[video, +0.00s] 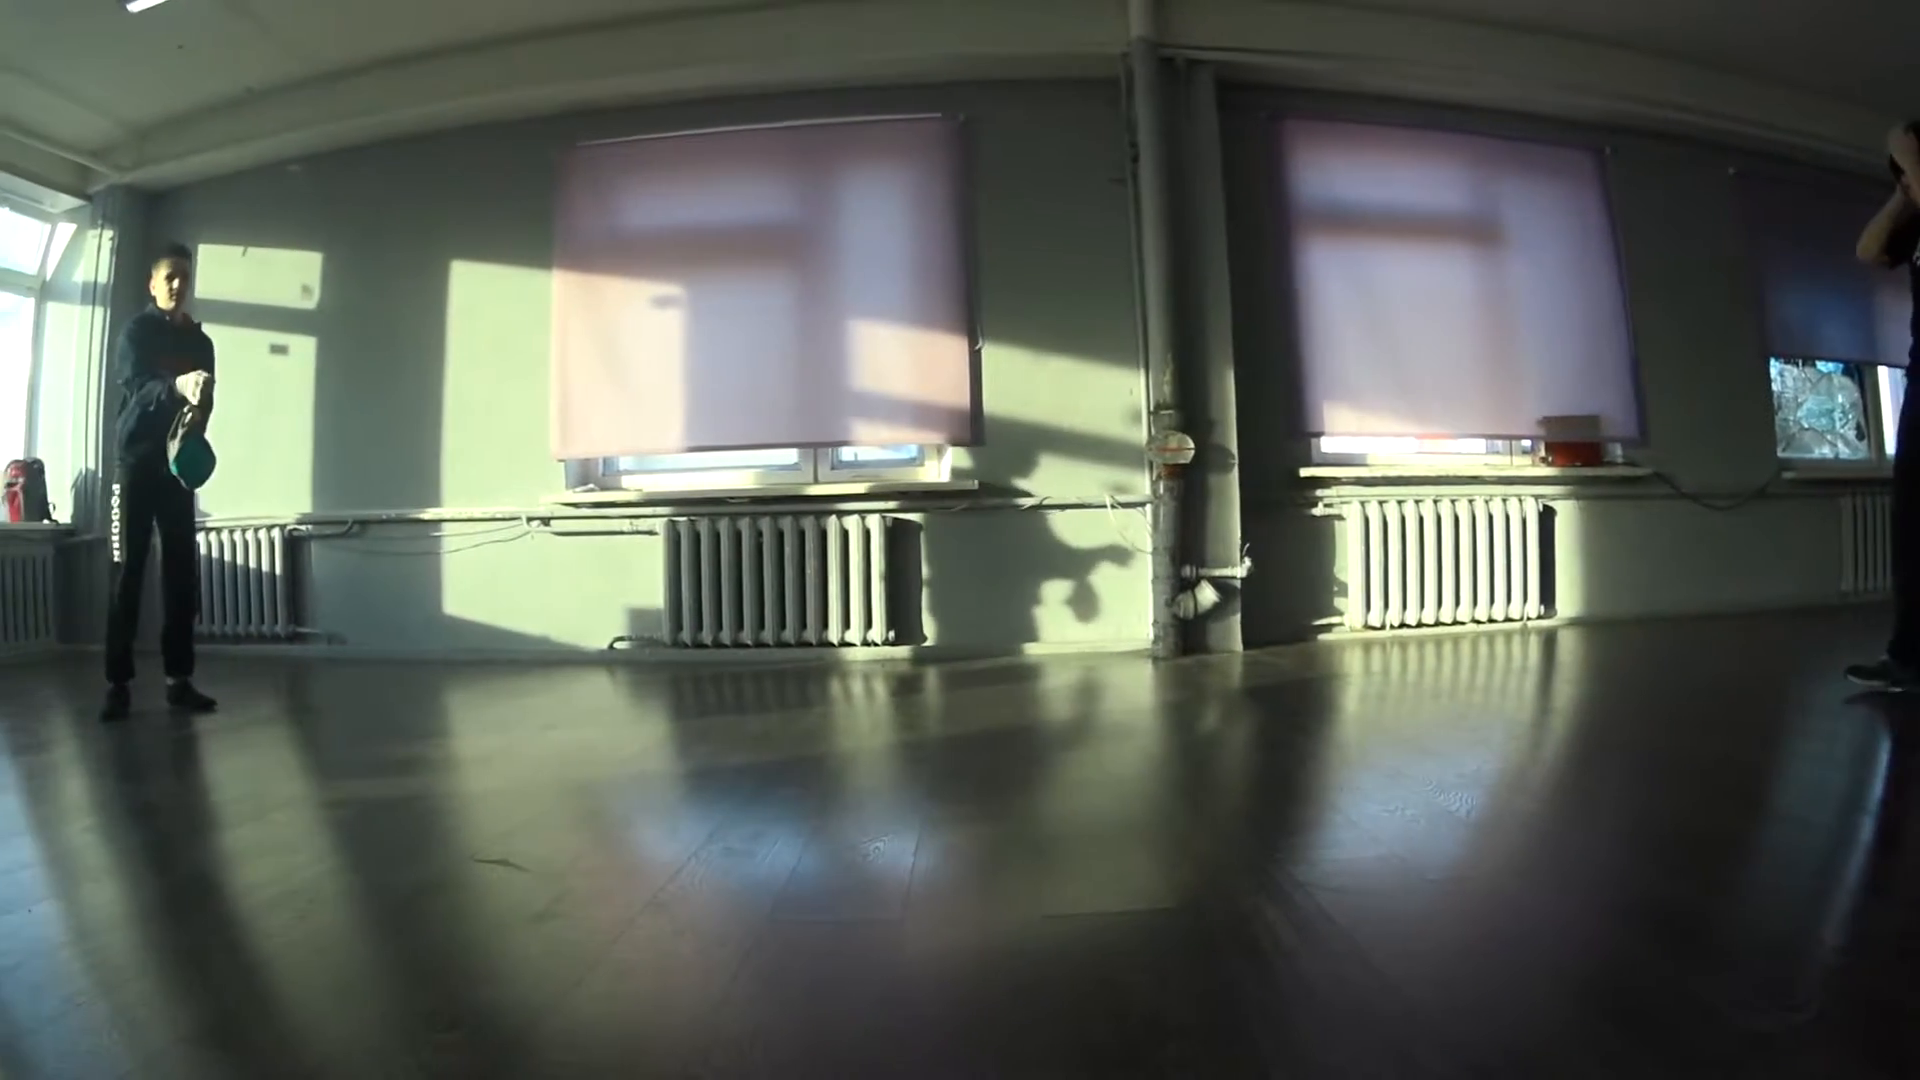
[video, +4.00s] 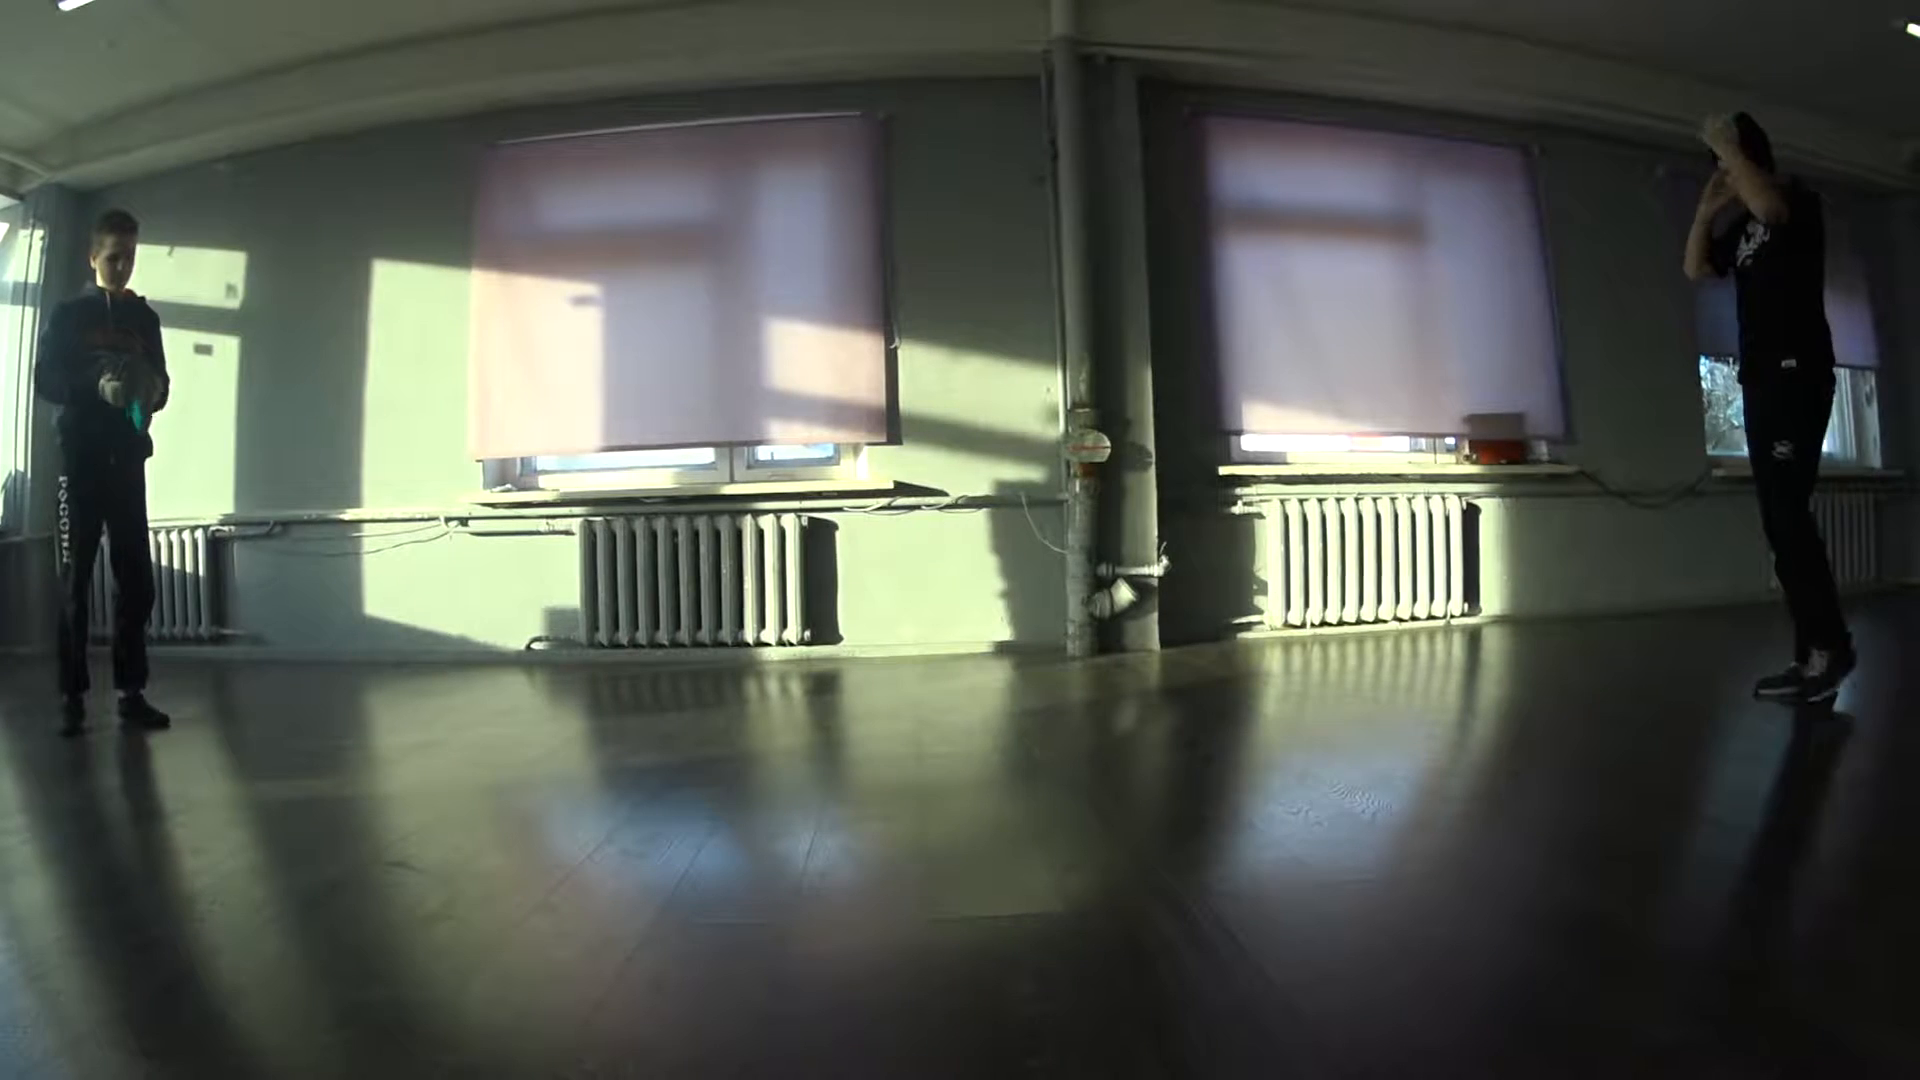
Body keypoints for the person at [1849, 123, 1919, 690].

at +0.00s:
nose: (1898, 174)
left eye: (1902, 164)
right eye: (1897, 164)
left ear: (1913, 162)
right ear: (1906, 164)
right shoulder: (1911, 217)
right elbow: (1869, 251)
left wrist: (1907, 174)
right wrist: (1906, 195)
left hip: (1919, 391)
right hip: (1916, 388)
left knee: (1912, 520)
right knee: (1909, 517)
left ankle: (1908, 656)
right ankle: (1904, 654)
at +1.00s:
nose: (1842, 217)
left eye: (1842, 204)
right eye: (1840, 205)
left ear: (1856, 200)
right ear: (1876, 191)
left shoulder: (1895, 224)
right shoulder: (1895, 225)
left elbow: (1847, 259)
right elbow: (1862, 280)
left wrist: (1830, 205)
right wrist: (1845, 214)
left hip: (1902, 403)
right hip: (1898, 400)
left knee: (1881, 514)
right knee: (1887, 514)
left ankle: (1917, 652)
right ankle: (1915, 651)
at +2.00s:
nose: (1776, 185)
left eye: (1782, 175)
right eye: (1772, 178)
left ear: (1805, 172)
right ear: (1780, 181)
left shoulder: (1845, 216)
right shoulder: (1786, 237)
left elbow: (1809, 211)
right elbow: (1738, 259)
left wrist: (1779, 161)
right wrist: (1767, 199)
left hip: (1852, 383)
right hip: (1811, 387)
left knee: (1855, 516)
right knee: (1829, 519)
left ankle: (1888, 650)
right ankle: (1855, 652)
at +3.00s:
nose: (1813, 159)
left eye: (1819, 147)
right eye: (1804, 152)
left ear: (1840, 148)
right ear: (1798, 161)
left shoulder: (1875, 203)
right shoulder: (1802, 215)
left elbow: (1875, 191)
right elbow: (1742, 231)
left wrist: (1834, 124)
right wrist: (1763, 161)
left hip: (1874, 380)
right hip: (1817, 383)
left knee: (1882, 519)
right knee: (1803, 517)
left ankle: (1878, 660)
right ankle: (1833, 649)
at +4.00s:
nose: (1725, 172)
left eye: (1729, 163)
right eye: (1723, 164)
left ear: (1752, 157)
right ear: (1734, 165)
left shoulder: (1799, 204)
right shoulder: (1740, 227)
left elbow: (1765, 205)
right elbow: (1696, 268)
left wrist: (1728, 151)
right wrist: (1707, 206)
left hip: (1801, 374)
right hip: (1762, 378)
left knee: (1788, 516)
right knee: (1779, 519)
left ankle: (1831, 650)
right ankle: (1808, 655)